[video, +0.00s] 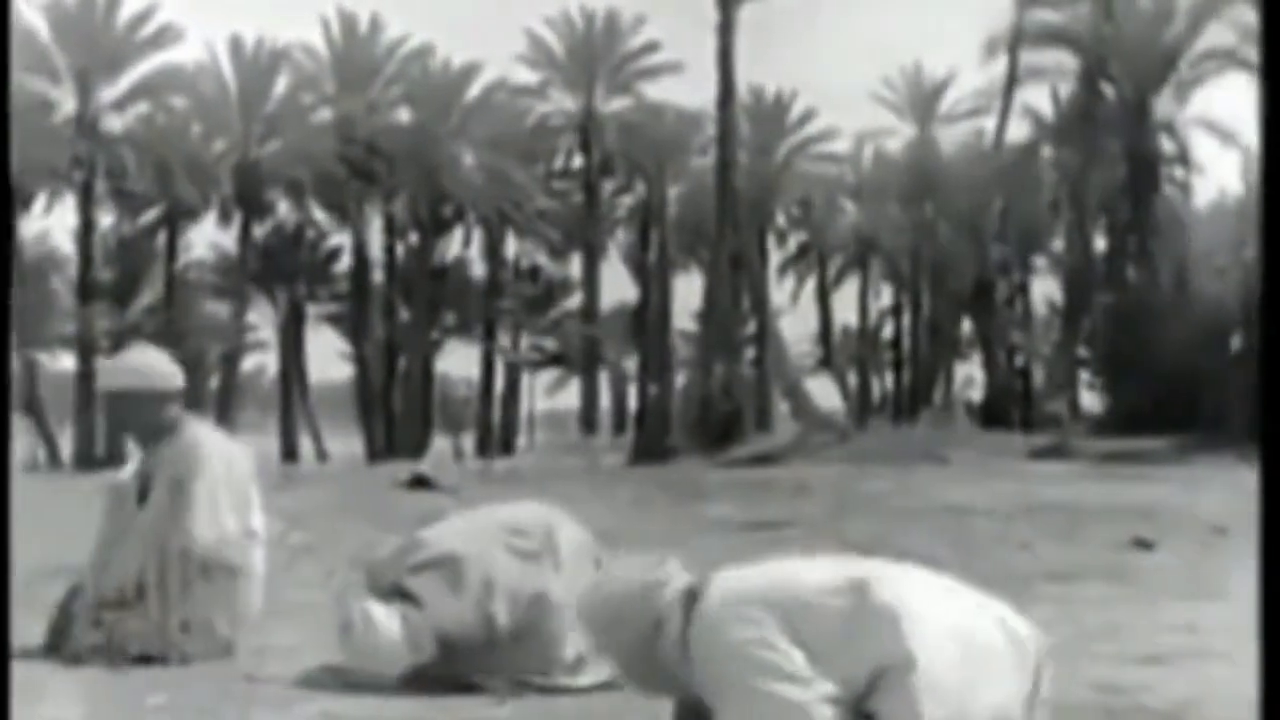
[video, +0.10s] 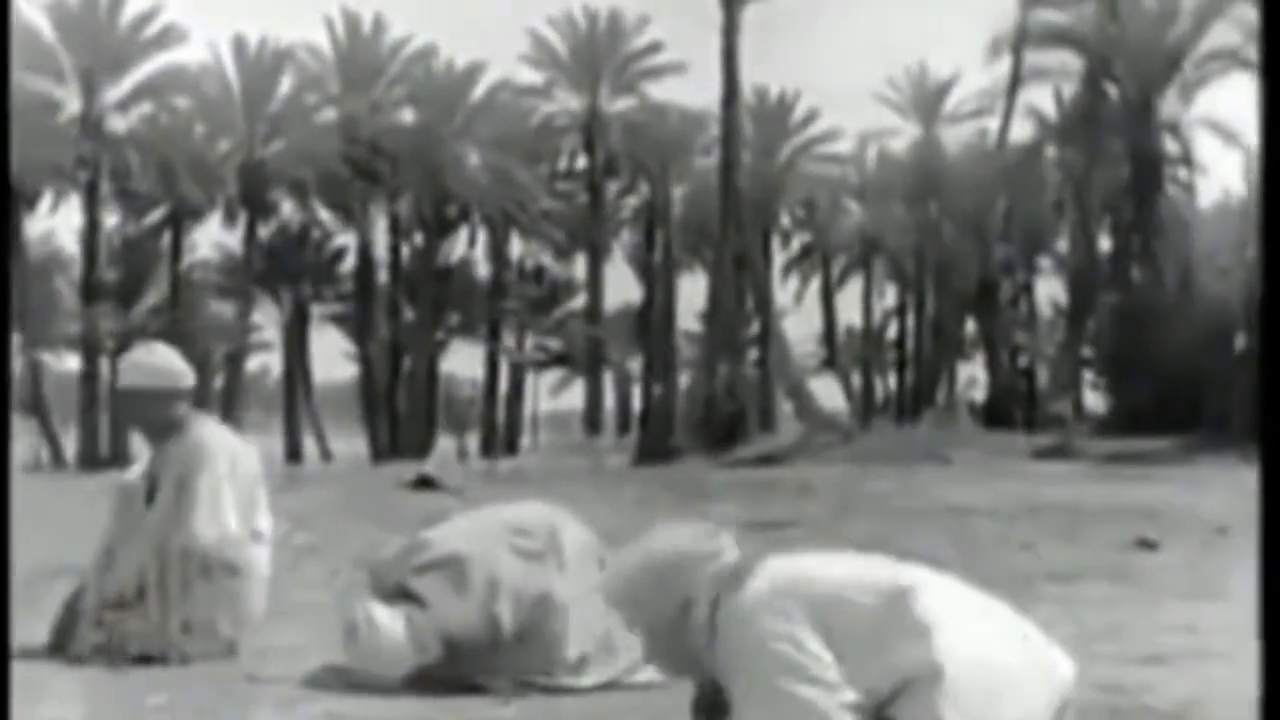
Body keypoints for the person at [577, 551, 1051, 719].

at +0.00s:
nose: (629, 674)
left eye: (622, 656)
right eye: (616, 660)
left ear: (644, 635)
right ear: (665, 600)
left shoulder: (721, 629)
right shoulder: (724, 604)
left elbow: (805, 706)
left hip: (955, 663)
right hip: (1004, 640)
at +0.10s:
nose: (649, 654)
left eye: (647, 633)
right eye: (641, 637)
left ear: (687, 610)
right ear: (694, 600)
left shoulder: (753, 619)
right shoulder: (765, 593)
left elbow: (818, 707)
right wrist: (720, 694)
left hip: (977, 682)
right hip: (1023, 665)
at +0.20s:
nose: (699, 622)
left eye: (690, 604)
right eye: (687, 607)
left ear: (716, 584)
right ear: (749, 554)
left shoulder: (801, 594)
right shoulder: (817, 570)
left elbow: (842, 704)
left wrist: (762, 680)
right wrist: (769, 666)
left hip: (1004, 696)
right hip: (1042, 684)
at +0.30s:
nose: (747, 581)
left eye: (748, 558)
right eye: (744, 560)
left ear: (773, 547)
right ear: (820, 519)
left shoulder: (842, 592)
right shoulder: (880, 548)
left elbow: (861, 707)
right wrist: (792, 643)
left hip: (1012, 706)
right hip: (1065, 695)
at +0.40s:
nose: (784, 557)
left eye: (786, 537)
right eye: (780, 539)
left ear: (813, 528)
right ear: (857, 510)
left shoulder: (885, 579)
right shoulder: (917, 546)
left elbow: (890, 706)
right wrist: (842, 627)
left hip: (1021, 704)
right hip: (1066, 695)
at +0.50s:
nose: (821, 532)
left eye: (827, 515)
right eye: (822, 514)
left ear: (860, 516)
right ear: (895, 508)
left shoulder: (911, 580)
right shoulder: (963, 543)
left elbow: (902, 709)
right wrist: (873, 610)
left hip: (1033, 708)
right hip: (1089, 700)